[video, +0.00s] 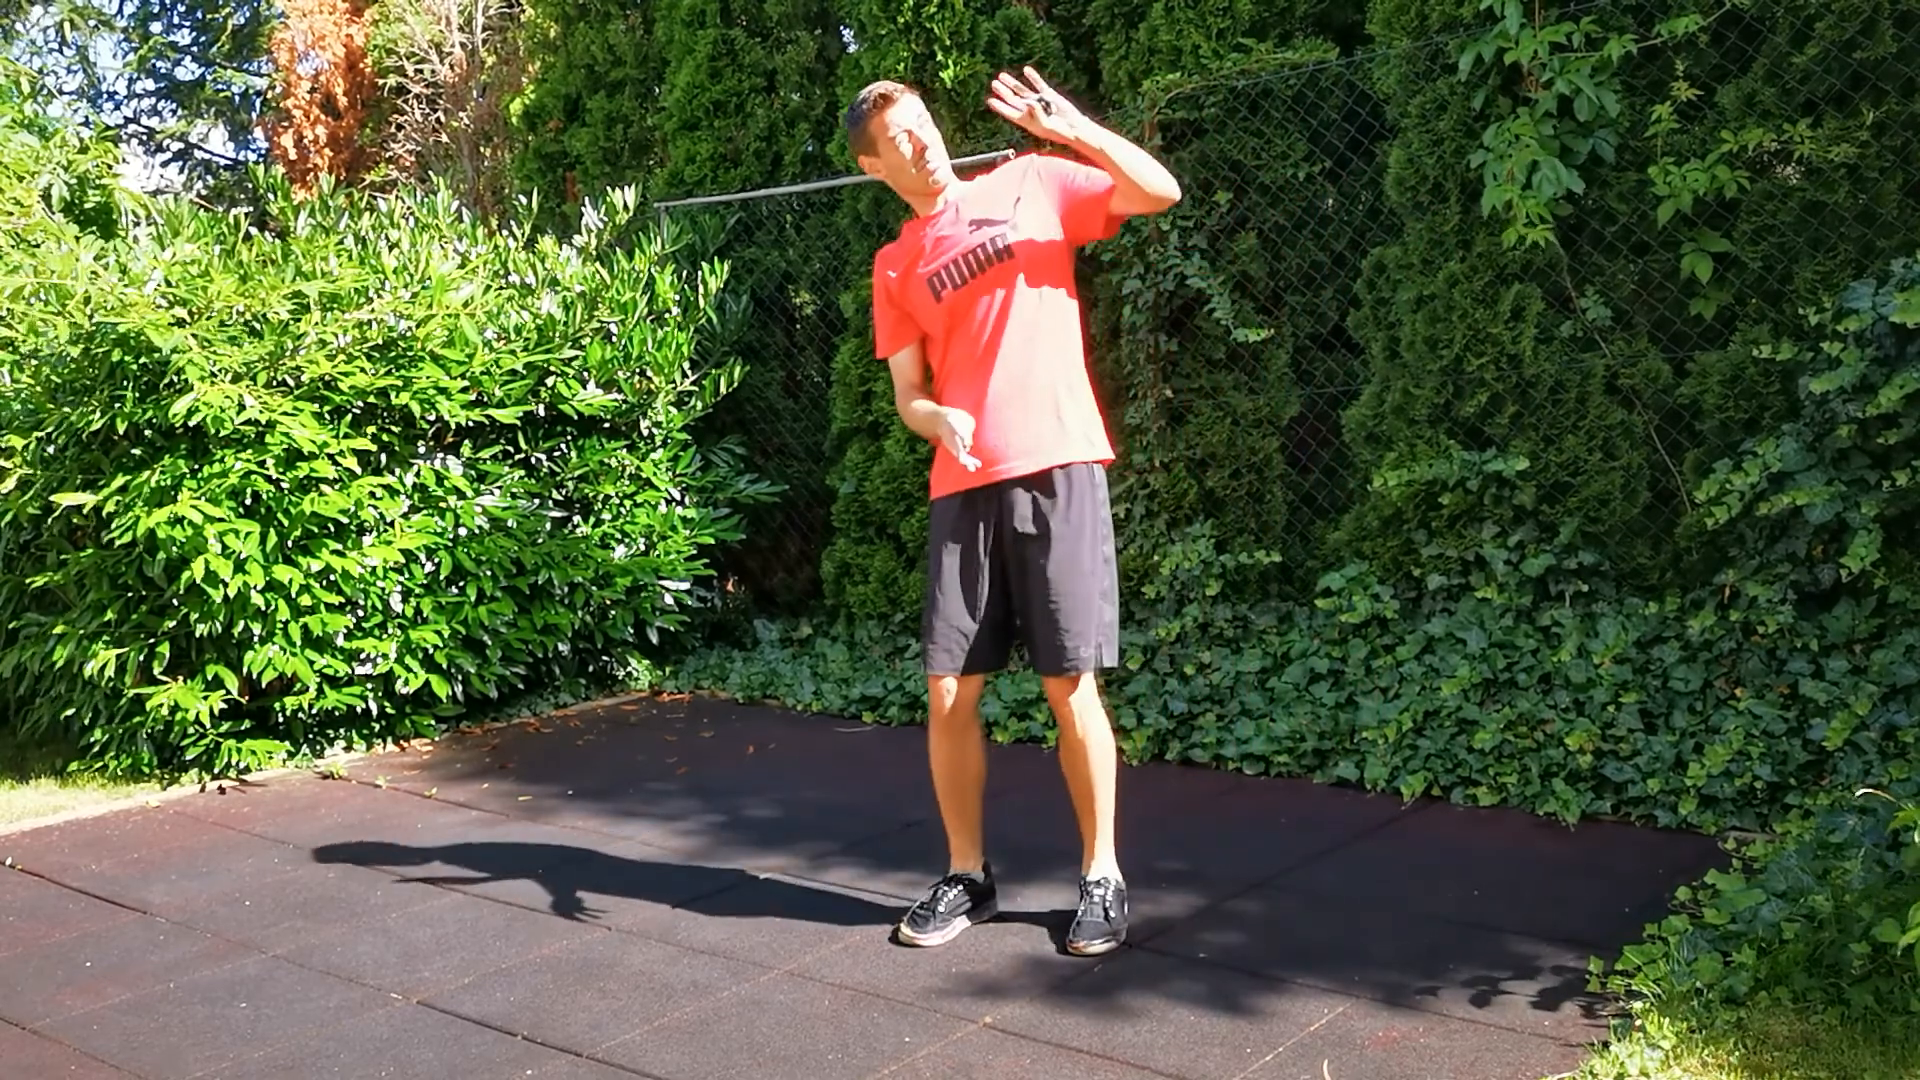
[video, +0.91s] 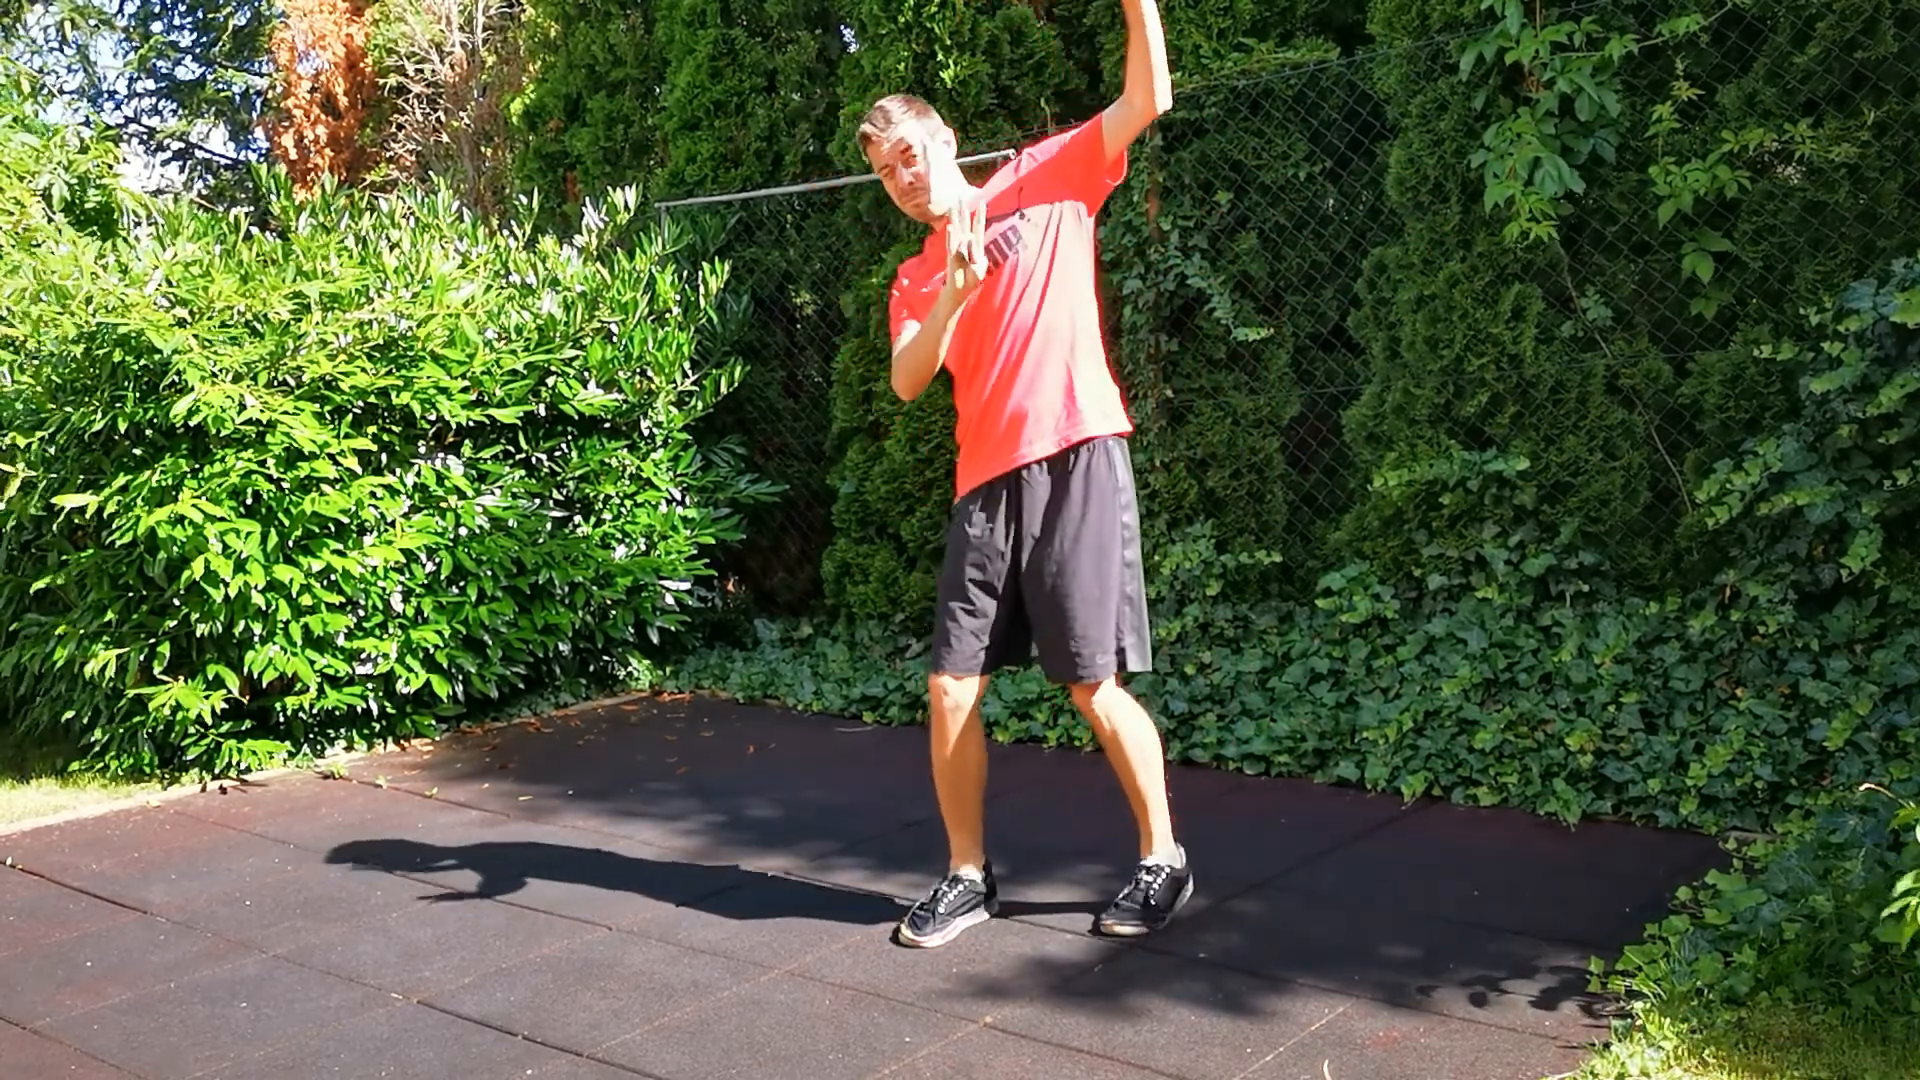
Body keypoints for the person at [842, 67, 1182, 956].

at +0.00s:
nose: (916, 145)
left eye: (917, 126)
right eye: (894, 143)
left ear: (940, 126)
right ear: (875, 169)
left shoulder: (1032, 180)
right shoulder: (895, 264)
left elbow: (1158, 190)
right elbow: (910, 394)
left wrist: (1064, 125)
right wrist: (937, 420)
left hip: (1058, 467)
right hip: (964, 484)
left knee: (1070, 684)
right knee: (949, 691)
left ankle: (1101, 882)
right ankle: (965, 878)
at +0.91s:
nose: (903, 175)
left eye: (911, 152)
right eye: (886, 167)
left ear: (947, 140)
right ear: (881, 182)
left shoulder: (1043, 177)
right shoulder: (915, 275)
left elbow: (1144, 103)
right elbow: (907, 381)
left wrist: (1137, 4)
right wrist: (952, 297)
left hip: (1079, 457)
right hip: (986, 481)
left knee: (1091, 679)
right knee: (949, 689)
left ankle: (1163, 861)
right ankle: (966, 877)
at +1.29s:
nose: (1048, 143)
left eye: (1060, 124)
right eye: (1034, 133)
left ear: (1101, 114)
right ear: (1024, 143)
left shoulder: (1150, 205)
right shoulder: (1018, 236)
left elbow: (1190, 147)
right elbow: (925, 282)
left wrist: (1124, 50)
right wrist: (944, 168)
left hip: (1136, 467)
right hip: (1043, 476)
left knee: (1129, 681)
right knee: (1003, 671)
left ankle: (1160, 864)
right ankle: (1073, 807)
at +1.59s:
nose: (1079, 153)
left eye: (1089, 136)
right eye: (1066, 142)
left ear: (1126, 129)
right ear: (1051, 145)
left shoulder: (1175, 192)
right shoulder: (1053, 228)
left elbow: (1132, 202)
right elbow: (970, 243)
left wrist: (1025, 132)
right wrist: (933, 173)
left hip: (1167, 469)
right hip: (1084, 478)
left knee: (1145, 656)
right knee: (1074, 664)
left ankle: (1170, 854)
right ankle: (1132, 826)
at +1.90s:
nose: (1114, 160)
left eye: (1125, 143)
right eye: (1105, 149)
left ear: (1167, 133)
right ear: (1101, 153)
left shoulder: (1220, 201)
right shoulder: (1100, 229)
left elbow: (1168, 254)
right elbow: (1040, 284)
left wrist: (1086, 267)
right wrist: (969, 270)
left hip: (1215, 467)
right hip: (1123, 474)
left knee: (1238, 656)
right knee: (1106, 648)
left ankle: (1299, 792)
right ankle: (1131, 828)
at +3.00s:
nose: (1215, 136)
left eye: (1229, 123)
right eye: (1205, 127)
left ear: (1265, 137)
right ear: (1192, 145)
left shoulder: (1296, 213)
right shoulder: (1165, 222)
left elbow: (1267, 273)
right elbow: (1121, 299)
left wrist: (1220, 256)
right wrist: (1078, 289)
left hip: (1272, 471)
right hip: (1178, 471)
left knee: (1291, 651)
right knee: (1143, 647)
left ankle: (1310, 801)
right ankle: (1113, 833)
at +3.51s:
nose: (1243, 162)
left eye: (1258, 148)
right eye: (1231, 150)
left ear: (1290, 156)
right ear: (1219, 160)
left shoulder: (1316, 246)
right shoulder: (1190, 241)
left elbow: (1290, 367)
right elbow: (1172, 355)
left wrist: (1280, 337)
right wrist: (1144, 372)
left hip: (1282, 492)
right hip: (1192, 483)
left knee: (1291, 672)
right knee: (1144, 650)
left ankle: (1309, 801)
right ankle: (1112, 833)